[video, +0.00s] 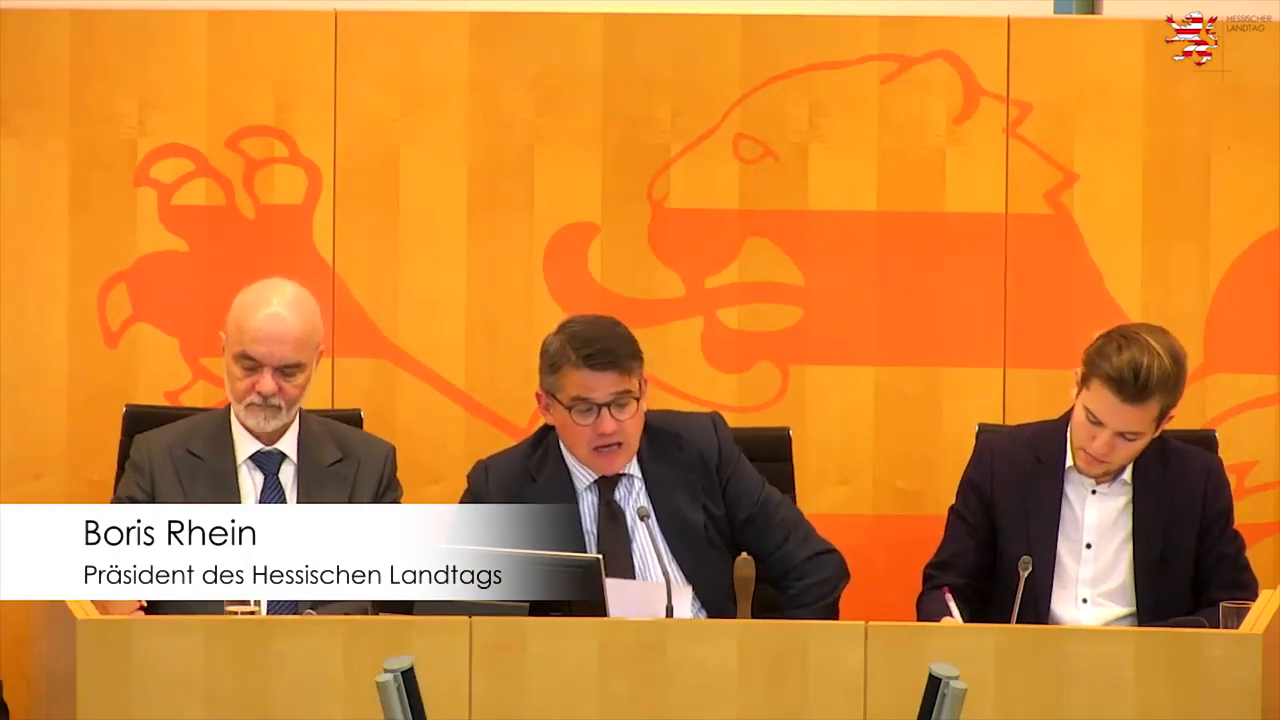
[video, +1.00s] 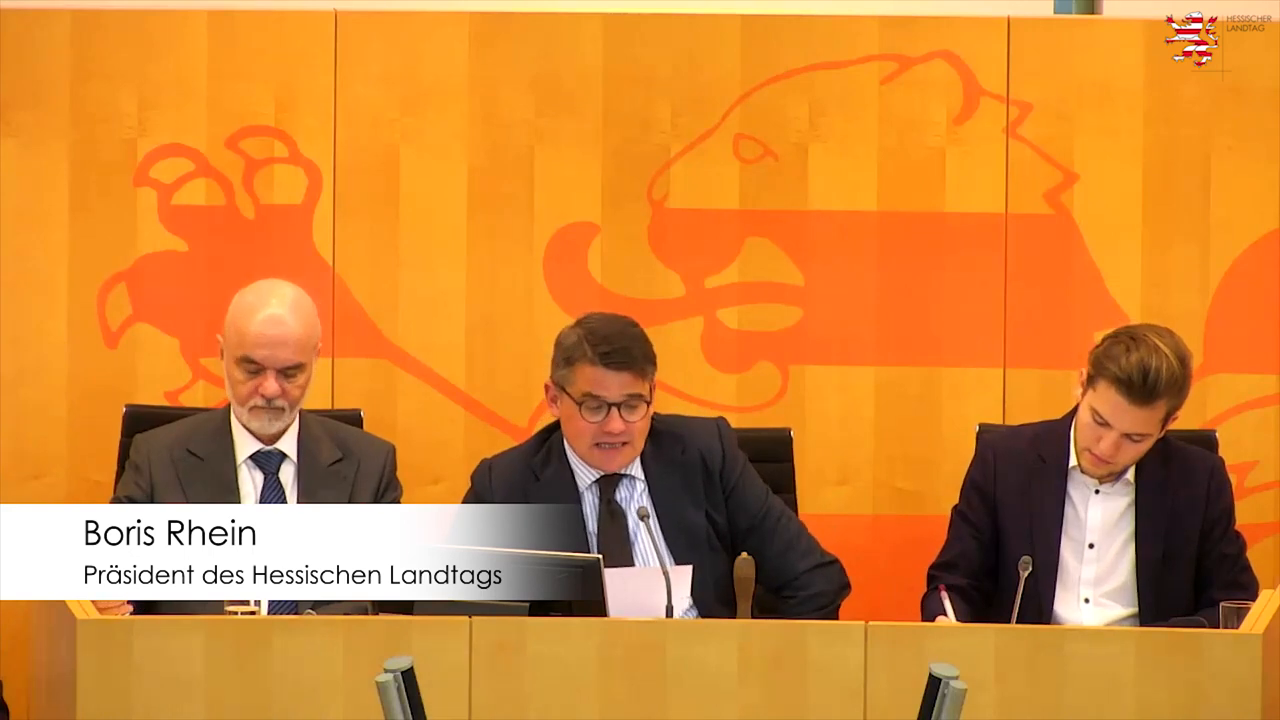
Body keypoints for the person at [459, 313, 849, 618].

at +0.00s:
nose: (607, 426)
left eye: (620, 403)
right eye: (584, 409)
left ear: (642, 389)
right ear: (547, 406)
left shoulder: (703, 448)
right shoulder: (499, 486)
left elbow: (815, 571)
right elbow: (468, 624)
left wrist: (773, 674)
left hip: (710, 668)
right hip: (570, 681)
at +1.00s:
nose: (614, 425)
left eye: (631, 404)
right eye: (593, 405)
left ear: (652, 393)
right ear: (554, 399)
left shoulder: (708, 453)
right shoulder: (502, 486)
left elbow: (815, 582)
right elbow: (466, 621)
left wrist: (755, 675)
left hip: (704, 676)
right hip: (564, 684)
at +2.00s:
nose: (617, 441)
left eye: (630, 417)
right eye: (592, 423)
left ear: (644, 397)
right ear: (548, 416)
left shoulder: (705, 454)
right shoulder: (500, 489)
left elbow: (813, 583)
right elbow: (462, 623)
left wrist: (760, 677)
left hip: (703, 677)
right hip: (563, 686)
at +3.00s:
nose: (609, 429)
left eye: (623, 406)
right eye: (587, 411)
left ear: (641, 391)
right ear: (545, 406)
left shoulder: (704, 452)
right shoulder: (498, 487)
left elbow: (810, 584)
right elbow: (470, 625)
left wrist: (760, 679)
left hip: (705, 672)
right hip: (566, 682)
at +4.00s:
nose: (614, 438)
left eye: (630, 416)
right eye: (592, 420)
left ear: (647, 396)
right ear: (550, 409)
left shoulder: (704, 456)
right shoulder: (498, 488)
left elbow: (812, 583)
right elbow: (462, 622)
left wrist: (758, 677)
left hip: (702, 677)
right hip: (562, 686)